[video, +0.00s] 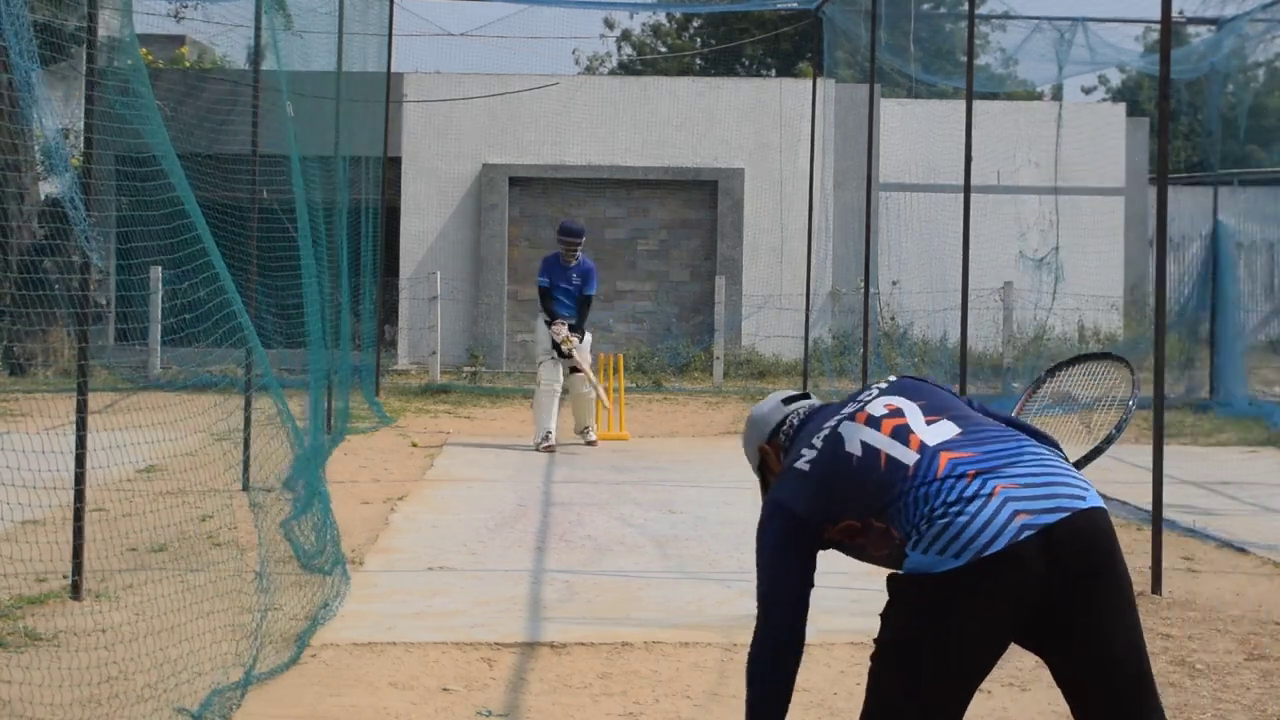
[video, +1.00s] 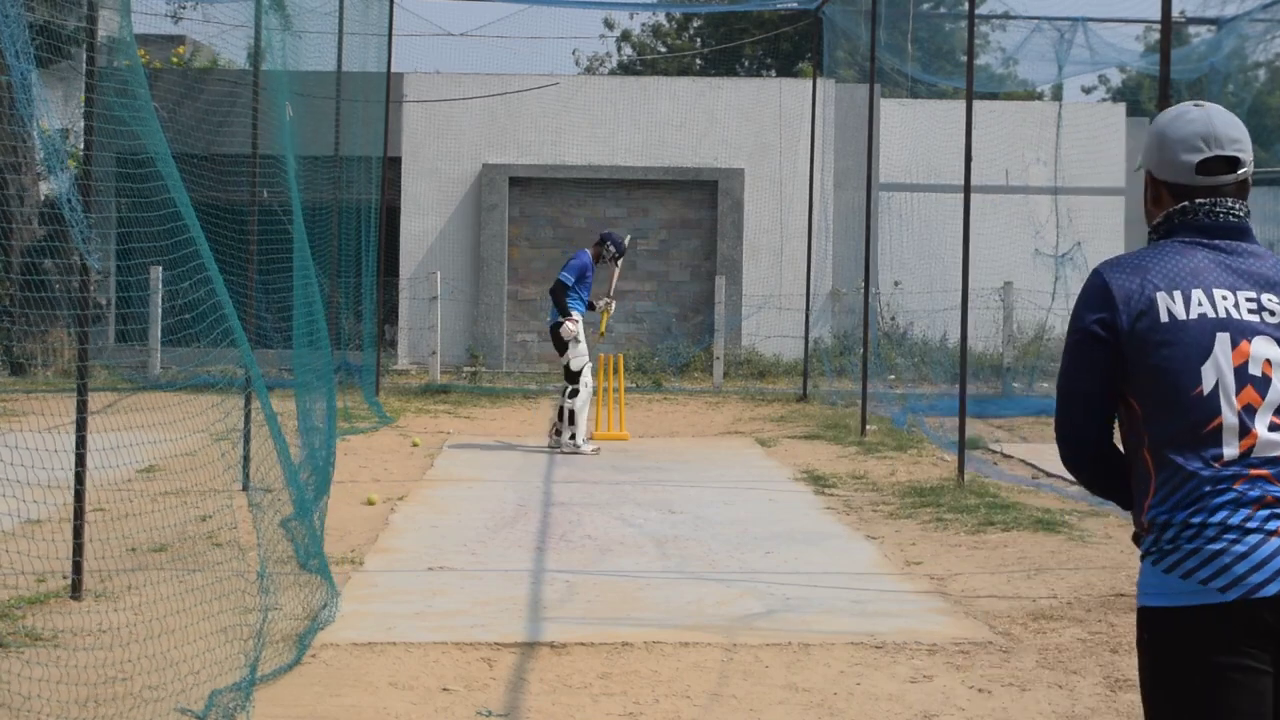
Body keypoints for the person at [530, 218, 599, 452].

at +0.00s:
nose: (569, 252)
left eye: (574, 248)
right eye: (565, 247)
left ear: (581, 245)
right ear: (559, 244)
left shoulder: (587, 268)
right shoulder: (548, 264)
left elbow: (585, 304)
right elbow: (544, 298)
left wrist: (577, 332)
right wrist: (555, 321)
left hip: (577, 326)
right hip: (550, 324)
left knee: (581, 380)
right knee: (550, 378)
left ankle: (585, 427)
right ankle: (545, 433)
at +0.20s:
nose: (569, 250)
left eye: (574, 246)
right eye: (566, 245)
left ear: (580, 244)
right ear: (559, 239)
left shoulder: (583, 263)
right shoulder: (545, 261)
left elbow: (584, 292)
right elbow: (544, 297)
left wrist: (595, 313)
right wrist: (571, 312)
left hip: (572, 320)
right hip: (546, 319)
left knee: (583, 378)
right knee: (550, 376)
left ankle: (571, 426)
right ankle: (546, 434)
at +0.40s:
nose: (582, 246)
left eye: (585, 243)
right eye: (580, 241)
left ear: (585, 242)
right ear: (570, 236)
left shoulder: (579, 261)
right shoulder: (553, 258)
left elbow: (570, 291)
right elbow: (550, 294)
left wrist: (591, 295)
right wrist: (580, 306)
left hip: (567, 320)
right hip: (549, 320)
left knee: (576, 379)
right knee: (553, 379)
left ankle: (563, 435)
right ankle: (543, 435)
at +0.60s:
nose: (596, 250)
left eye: (598, 246)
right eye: (595, 245)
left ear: (589, 242)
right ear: (585, 239)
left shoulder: (579, 261)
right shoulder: (563, 256)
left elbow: (571, 297)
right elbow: (548, 291)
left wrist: (592, 298)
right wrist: (566, 317)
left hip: (571, 321)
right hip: (558, 321)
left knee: (572, 379)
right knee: (565, 380)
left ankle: (563, 435)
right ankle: (543, 434)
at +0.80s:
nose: (600, 255)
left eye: (603, 252)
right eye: (601, 250)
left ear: (598, 246)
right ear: (595, 243)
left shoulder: (583, 262)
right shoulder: (571, 257)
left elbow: (572, 297)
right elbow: (550, 291)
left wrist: (593, 302)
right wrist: (553, 322)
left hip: (571, 318)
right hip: (563, 318)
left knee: (571, 380)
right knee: (584, 375)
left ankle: (559, 429)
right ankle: (557, 431)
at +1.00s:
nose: (610, 262)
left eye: (613, 259)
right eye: (612, 257)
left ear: (604, 247)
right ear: (605, 249)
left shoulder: (588, 263)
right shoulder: (582, 260)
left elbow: (576, 299)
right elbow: (557, 290)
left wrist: (596, 306)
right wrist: (567, 317)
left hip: (572, 324)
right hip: (568, 324)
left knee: (577, 381)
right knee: (581, 382)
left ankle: (561, 434)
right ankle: (573, 440)